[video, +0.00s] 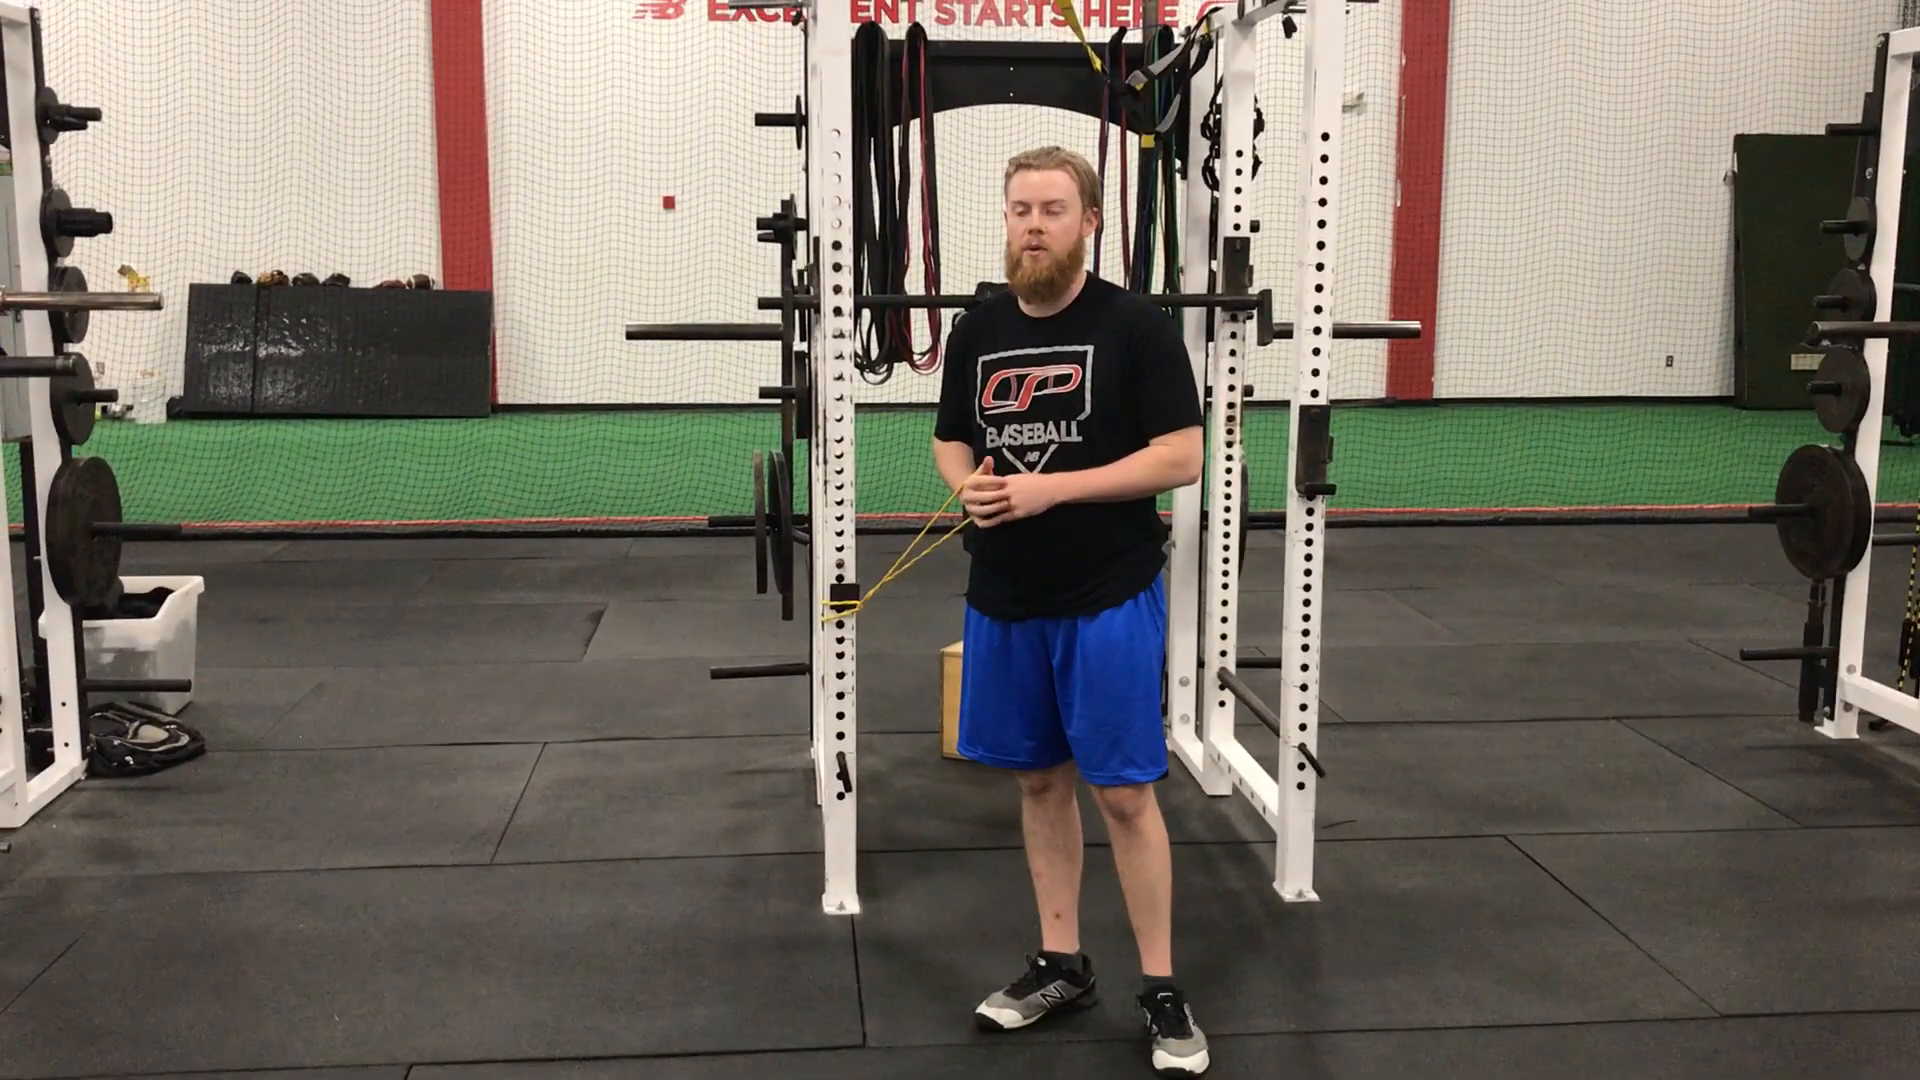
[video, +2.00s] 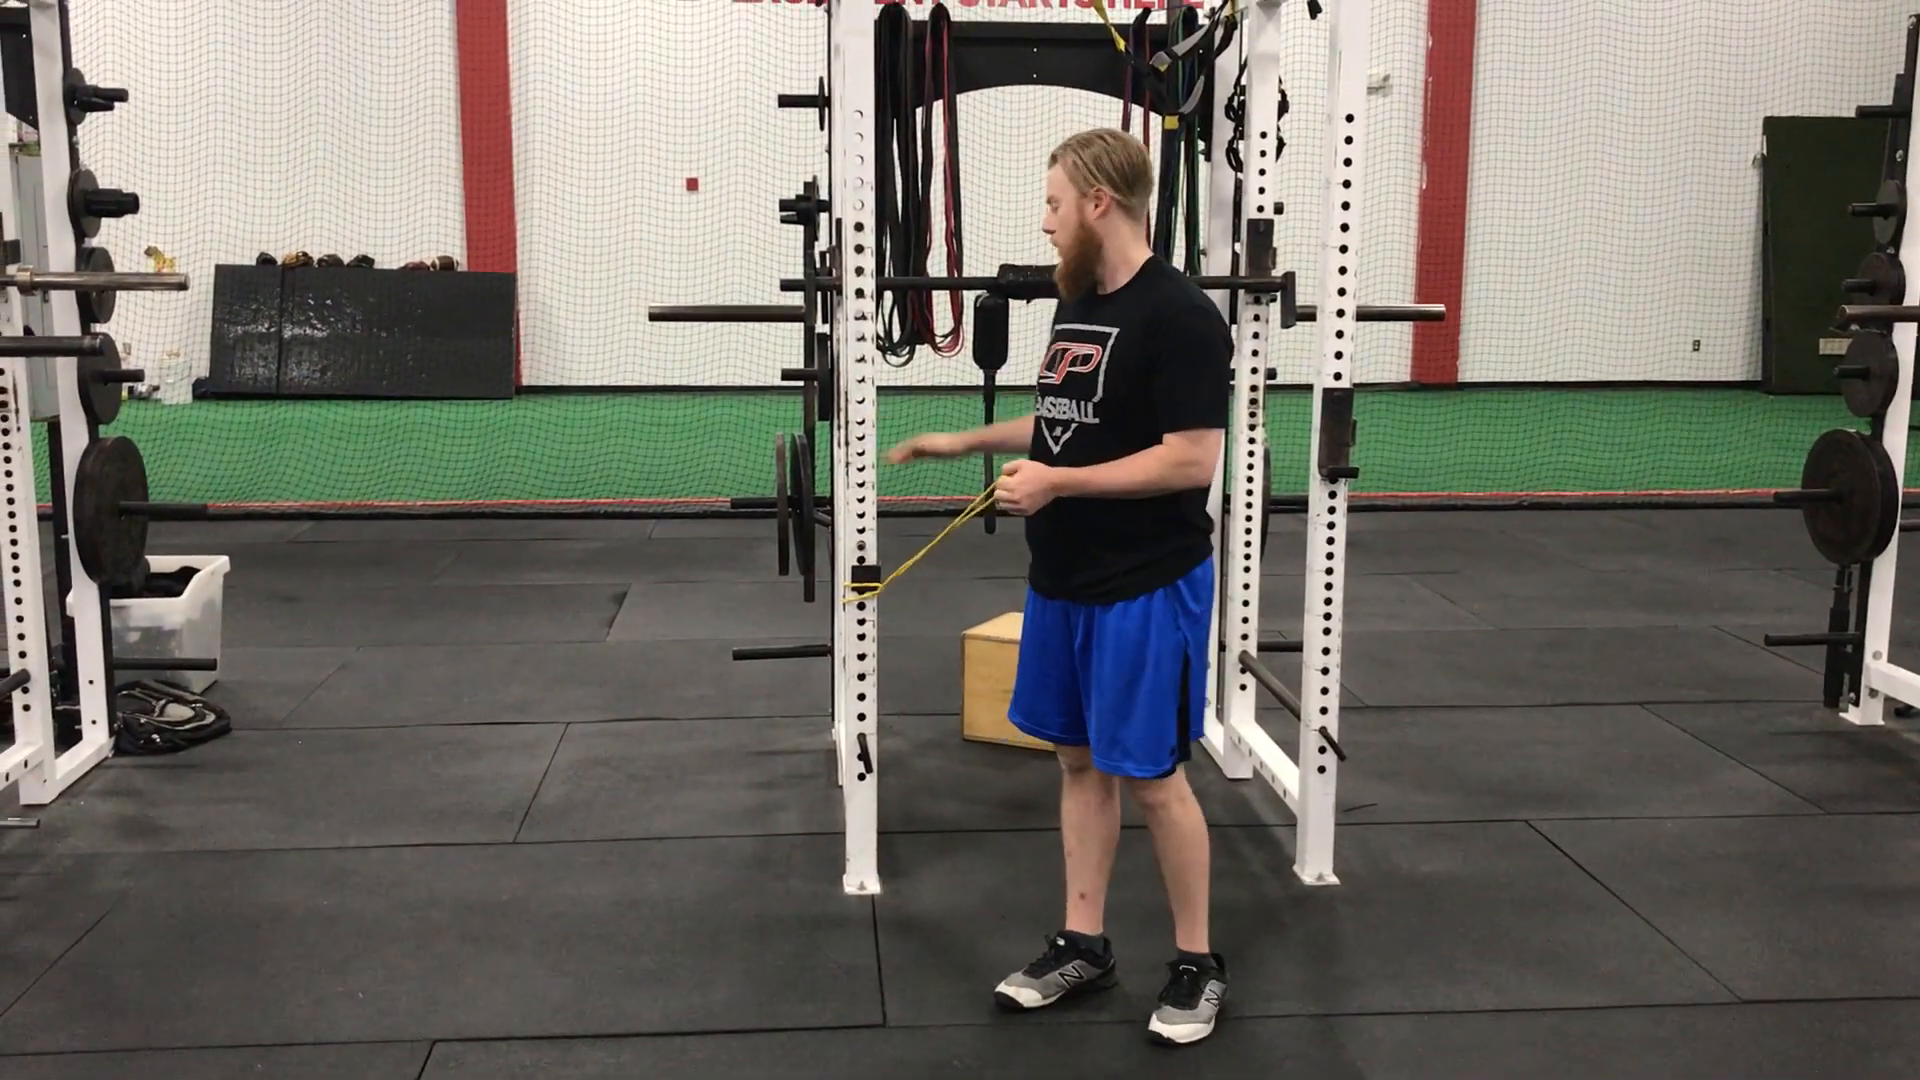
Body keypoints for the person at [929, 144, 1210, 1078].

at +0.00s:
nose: (1030, 225)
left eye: (1050, 210)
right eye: (1019, 210)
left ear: (1089, 224)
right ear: (1002, 222)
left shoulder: (1136, 326)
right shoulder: (978, 326)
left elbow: (1183, 456)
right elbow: (950, 444)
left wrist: (1053, 486)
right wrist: (973, 487)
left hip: (1112, 600)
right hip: (1008, 601)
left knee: (1125, 797)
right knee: (1040, 783)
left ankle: (1160, 990)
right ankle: (1061, 963)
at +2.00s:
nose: (1047, 224)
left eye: (1053, 206)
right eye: (1046, 207)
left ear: (1098, 203)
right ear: (1098, 206)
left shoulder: (1181, 315)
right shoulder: (1078, 307)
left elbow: (1194, 460)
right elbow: (1064, 429)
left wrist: (1060, 480)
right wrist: (963, 442)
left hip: (1150, 585)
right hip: (1066, 581)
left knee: (1154, 775)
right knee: (1081, 760)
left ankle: (1195, 963)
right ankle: (1080, 945)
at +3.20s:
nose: (1081, 242)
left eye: (1089, 224)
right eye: (1080, 224)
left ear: (1138, 221)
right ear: (1135, 221)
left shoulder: (1223, 328)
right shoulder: (1114, 321)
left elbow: (1236, 474)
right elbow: (1089, 462)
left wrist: (1097, 498)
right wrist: (1033, 569)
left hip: (1191, 603)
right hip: (1099, 596)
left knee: (1203, 785)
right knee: (1100, 772)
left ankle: (1211, 974)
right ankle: (1096, 959)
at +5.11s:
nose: (1111, 232)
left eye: (1126, 213)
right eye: (1109, 215)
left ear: (1185, 214)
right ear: (1147, 220)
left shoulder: (1253, 338)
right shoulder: (1121, 329)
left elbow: (1260, 490)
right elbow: (1106, 472)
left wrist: (1117, 507)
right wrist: (1065, 576)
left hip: (1214, 616)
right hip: (1109, 604)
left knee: (1231, 800)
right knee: (1055, 763)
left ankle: (1245, 976)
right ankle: (1101, 957)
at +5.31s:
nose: (1054, 244)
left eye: (1066, 224)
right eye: (1054, 226)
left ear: (1124, 228)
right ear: (1114, 230)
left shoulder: (1190, 344)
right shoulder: (1092, 333)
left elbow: (1198, 498)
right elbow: (1111, 468)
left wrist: (1067, 521)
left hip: (1171, 623)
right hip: (1072, 610)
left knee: (1205, 807)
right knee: (997, 761)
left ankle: (1248, 974)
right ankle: (964, 975)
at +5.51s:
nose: (951, 257)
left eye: (963, 237)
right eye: (953, 238)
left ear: (1019, 243)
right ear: (1018, 245)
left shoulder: (1078, 352)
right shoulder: (1015, 351)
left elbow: (1090, 505)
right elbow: (1051, 467)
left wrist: (963, 537)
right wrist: (1009, 432)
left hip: (1094, 642)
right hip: (996, 630)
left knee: (1148, 818)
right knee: (917, 781)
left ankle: (1244, 964)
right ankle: (898, 993)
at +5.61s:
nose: (899, 250)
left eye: (910, 231)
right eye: (901, 231)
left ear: (959, 236)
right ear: (966, 239)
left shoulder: (1012, 342)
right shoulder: (975, 341)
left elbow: (1014, 495)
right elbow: (1008, 450)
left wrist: (914, 530)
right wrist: (945, 428)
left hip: (1034, 638)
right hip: (949, 626)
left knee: (1072, 837)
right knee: (881, 782)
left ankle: (1218, 943)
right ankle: (895, 995)